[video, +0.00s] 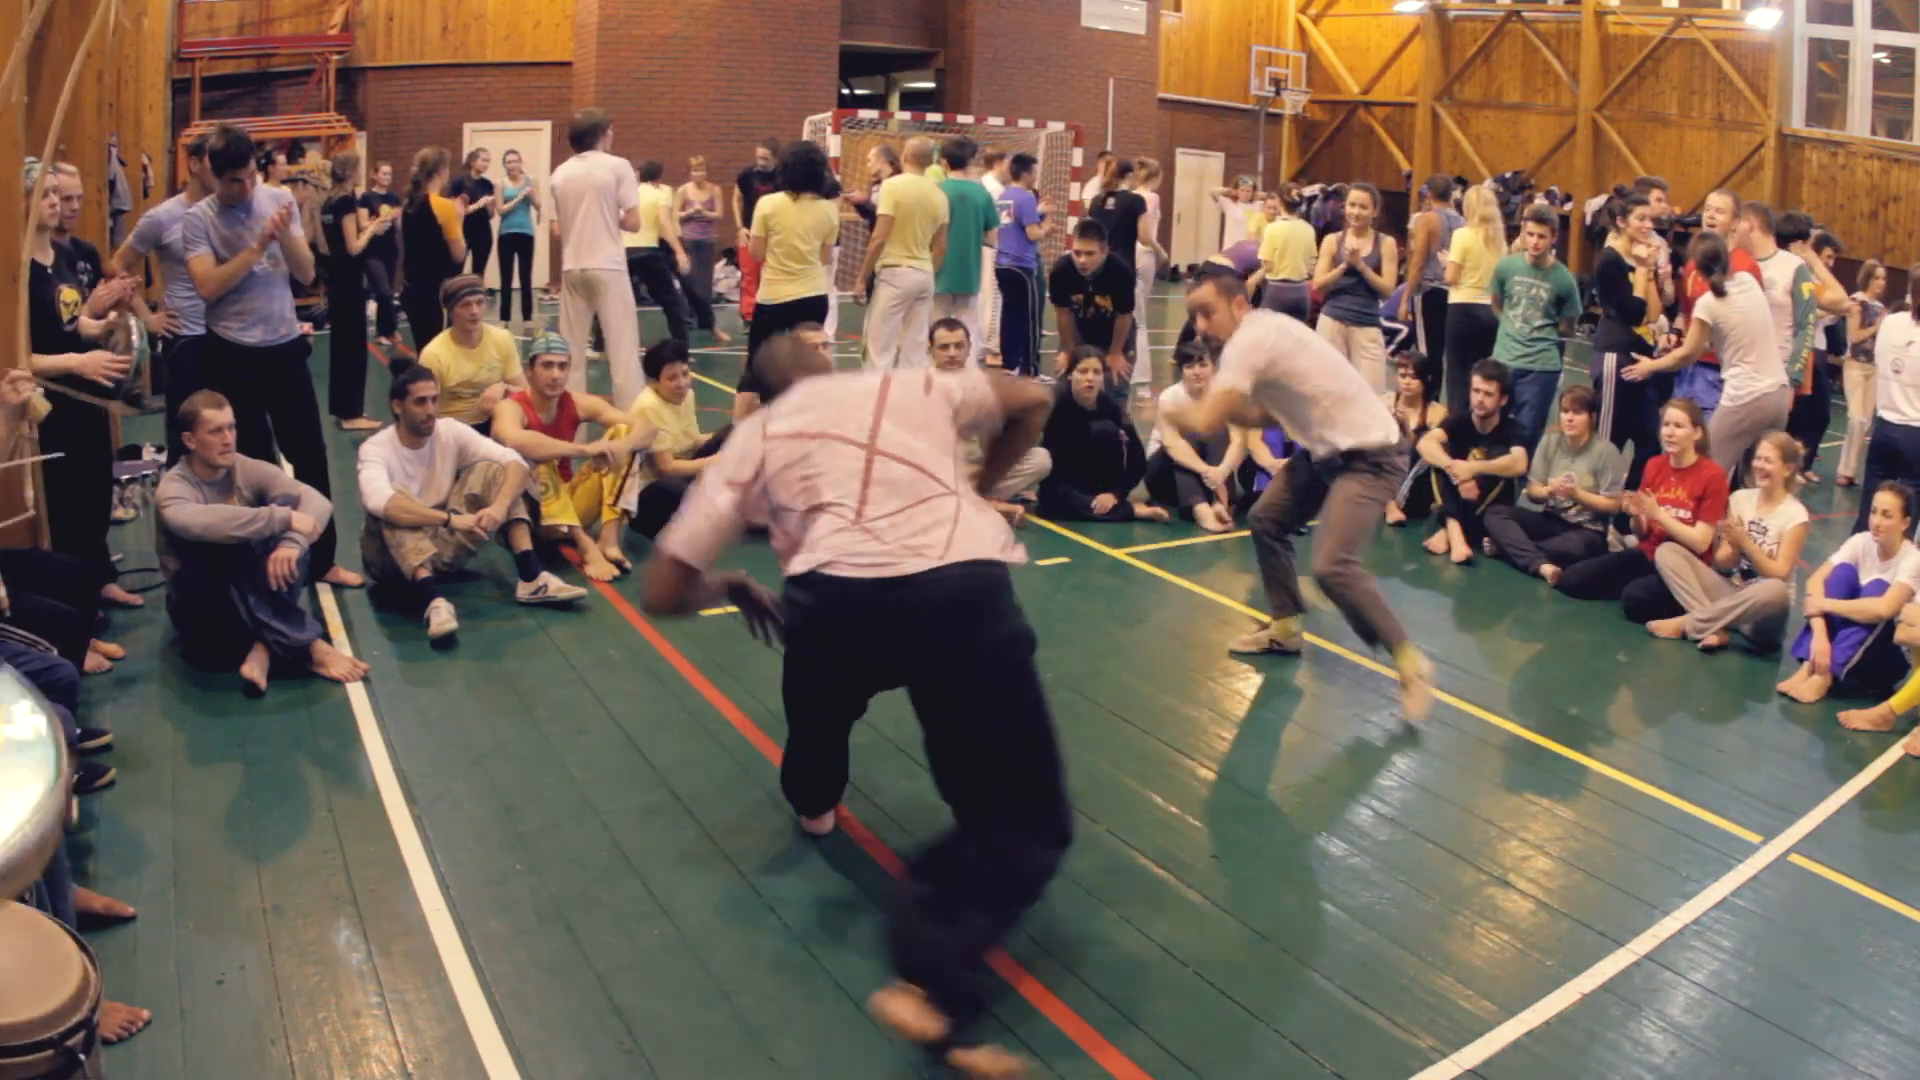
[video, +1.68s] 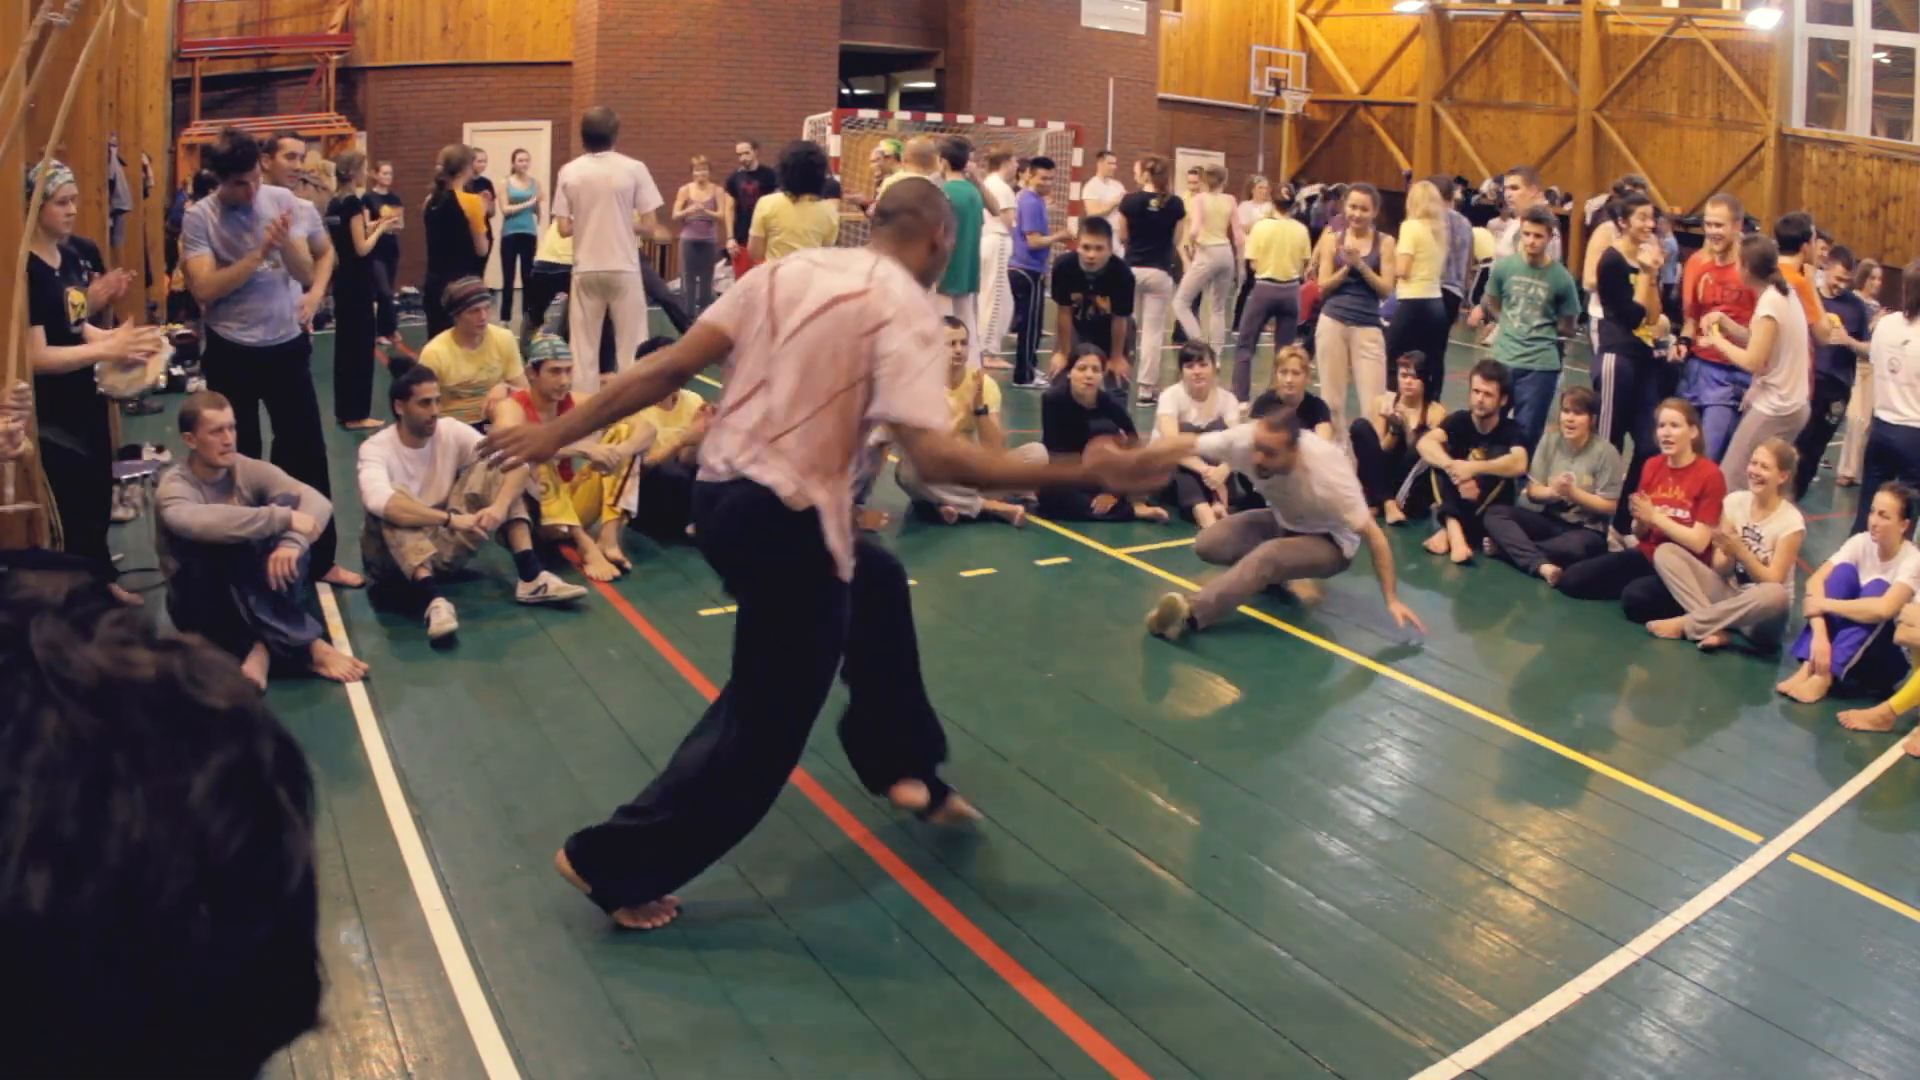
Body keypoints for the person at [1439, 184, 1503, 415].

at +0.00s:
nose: (1463, 210)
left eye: (1465, 206)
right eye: (1465, 206)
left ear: (1468, 208)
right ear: (1493, 208)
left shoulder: (1463, 235)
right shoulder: (1499, 239)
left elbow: (1452, 276)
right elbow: (1499, 275)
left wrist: (1446, 261)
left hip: (1461, 305)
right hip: (1488, 306)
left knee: (1457, 374)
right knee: (1482, 371)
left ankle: (1457, 425)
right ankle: (1480, 426)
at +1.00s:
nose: (1433, 209)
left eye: (1435, 204)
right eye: (1434, 204)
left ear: (1441, 207)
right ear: (1464, 208)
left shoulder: (1440, 234)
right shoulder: (1470, 236)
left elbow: (1433, 275)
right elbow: (1462, 272)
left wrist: (1416, 264)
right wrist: (1422, 261)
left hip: (1438, 307)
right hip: (1461, 305)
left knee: (1441, 375)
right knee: (1449, 374)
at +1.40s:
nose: (1417, 206)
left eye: (1419, 202)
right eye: (1420, 202)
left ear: (1423, 204)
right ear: (1447, 205)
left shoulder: (1423, 227)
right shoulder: (1449, 228)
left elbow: (1413, 267)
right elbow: (1444, 269)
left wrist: (1400, 257)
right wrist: (1408, 257)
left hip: (1422, 305)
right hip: (1442, 301)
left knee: (1412, 367)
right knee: (1435, 368)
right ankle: (1432, 414)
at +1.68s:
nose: (1407, 203)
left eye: (1409, 199)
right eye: (1409, 199)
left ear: (1412, 202)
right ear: (1435, 202)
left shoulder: (1410, 226)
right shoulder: (1441, 227)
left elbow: (1402, 268)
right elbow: (1437, 267)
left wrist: (1390, 260)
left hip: (1411, 301)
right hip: (1436, 299)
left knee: (1395, 363)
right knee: (1432, 365)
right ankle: (1429, 409)